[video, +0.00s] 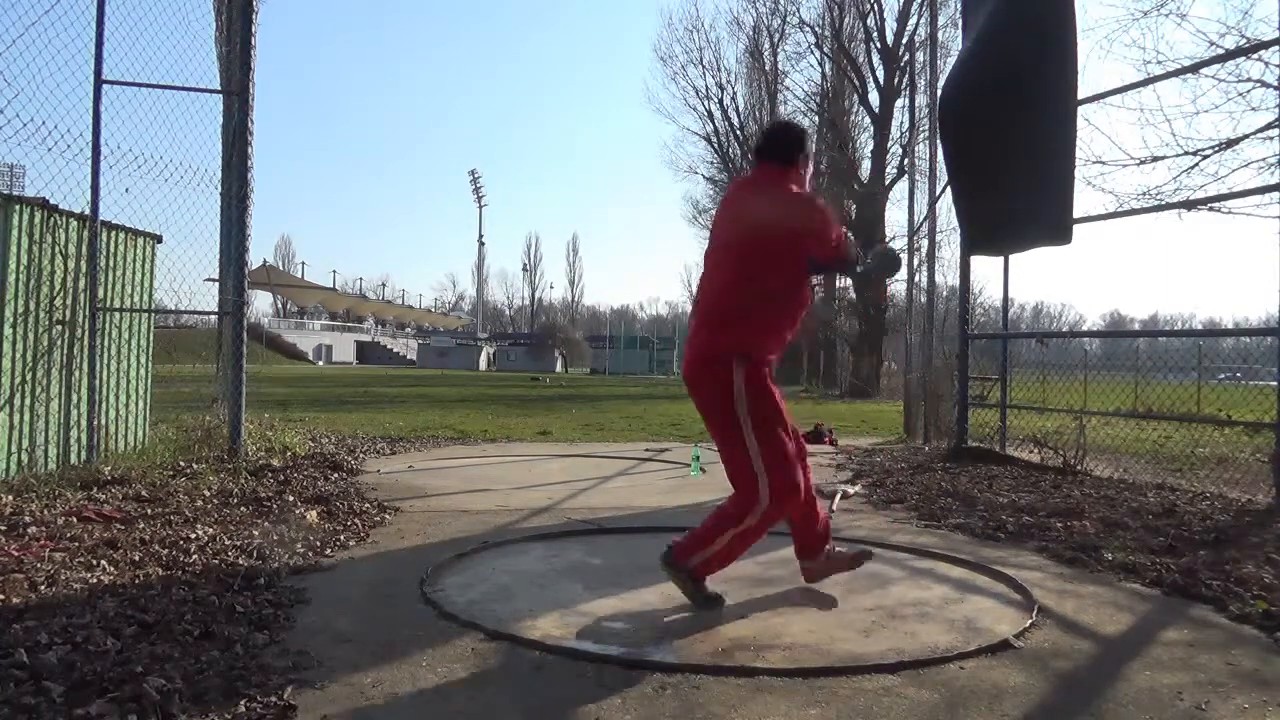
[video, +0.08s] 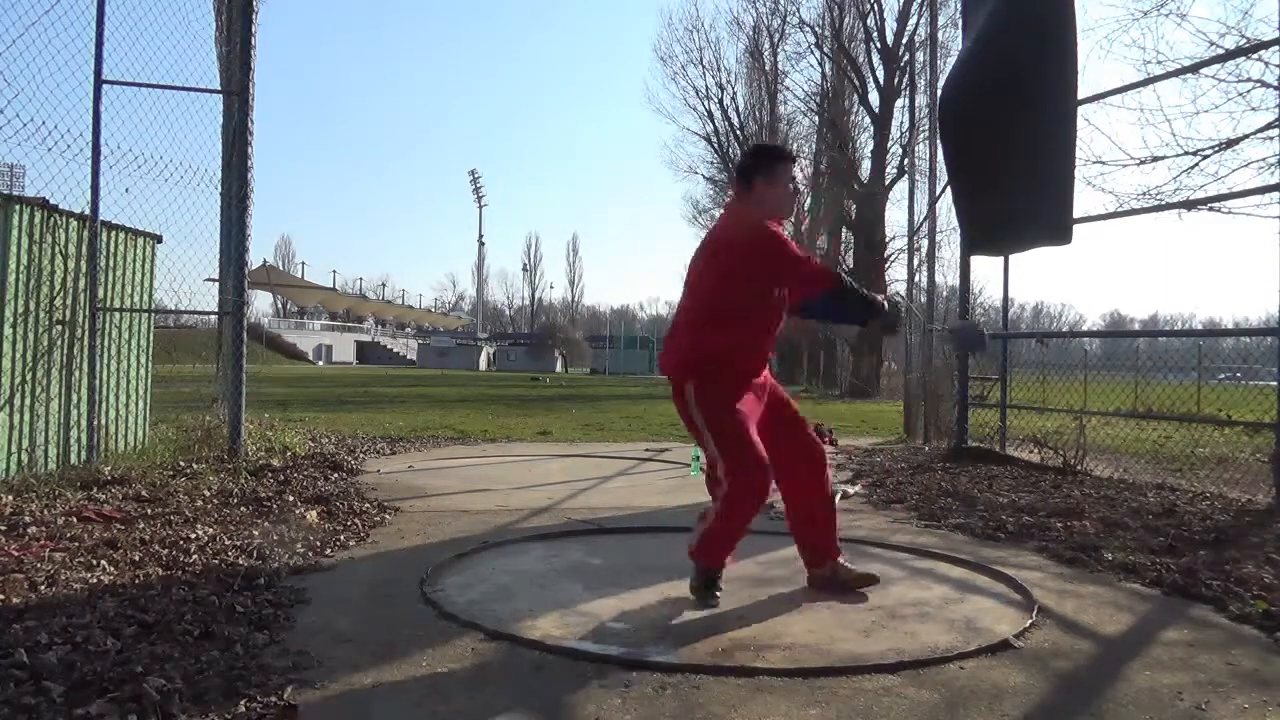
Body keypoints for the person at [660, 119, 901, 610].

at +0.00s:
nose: (809, 175)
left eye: (809, 168)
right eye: (809, 167)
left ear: (761, 157)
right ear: (800, 164)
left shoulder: (744, 197)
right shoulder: (794, 204)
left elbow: (795, 255)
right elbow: (840, 252)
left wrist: (850, 260)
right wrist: (861, 257)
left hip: (742, 358)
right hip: (728, 360)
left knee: (791, 458)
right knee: (771, 488)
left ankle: (815, 554)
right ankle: (686, 561)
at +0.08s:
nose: (795, 191)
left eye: (794, 182)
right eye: (786, 182)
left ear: (758, 188)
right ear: (753, 187)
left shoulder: (752, 234)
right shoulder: (750, 235)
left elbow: (800, 295)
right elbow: (815, 280)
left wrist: (864, 307)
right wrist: (872, 307)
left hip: (749, 374)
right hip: (704, 377)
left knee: (804, 455)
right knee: (749, 474)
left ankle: (823, 566)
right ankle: (708, 563)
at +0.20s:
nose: (743, 195)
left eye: (752, 186)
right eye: (733, 187)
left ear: (768, 193)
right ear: (723, 196)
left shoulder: (790, 249)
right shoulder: (712, 248)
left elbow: (814, 308)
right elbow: (766, 305)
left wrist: (838, 351)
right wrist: (829, 351)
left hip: (775, 378)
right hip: (715, 383)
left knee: (833, 458)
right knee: (715, 473)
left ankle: (829, 566)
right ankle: (714, 569)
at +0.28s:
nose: (729, 196)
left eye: (739, 188)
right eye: (728, 189)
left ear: (770, 195)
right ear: (729, 197)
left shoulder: (809, 243)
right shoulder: (721, 243)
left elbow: (804, 303)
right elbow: (725, 298)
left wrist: (768, 338)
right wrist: (737, 335)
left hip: (800, 378)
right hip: (740, 378)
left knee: (830, 466)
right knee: (711, 469)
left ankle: (846, 554)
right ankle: (714, 565)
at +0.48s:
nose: (758, 198)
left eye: (761, 189)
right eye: (761, 190)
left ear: (772, 189)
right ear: (808, 188)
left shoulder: (782, 224)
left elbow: (710, 244)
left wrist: (651, 228)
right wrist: (659, 230)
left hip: (789, 355)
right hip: (824, 359)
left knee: (705, 433)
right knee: (761, 454)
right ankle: (712, 562)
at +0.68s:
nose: (772, 196)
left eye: (769, 191)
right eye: (772, 190)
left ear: (730, 186)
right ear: (768, 188)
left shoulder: (701, 222)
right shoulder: (775, 219)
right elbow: (786, 241)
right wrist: (770, 206)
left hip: (687, 357)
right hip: (723, 358)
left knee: (734, 444)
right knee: (749, 472)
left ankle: (731, 531)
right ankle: (671, 543)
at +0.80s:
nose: (747, 207)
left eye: (747, 199)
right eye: (739, 198)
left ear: (716, 204)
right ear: (715, 202)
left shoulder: (717, 244)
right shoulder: (705, 241)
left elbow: (759, 295)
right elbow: (764, 284)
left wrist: (818, 303)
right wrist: (824, 304)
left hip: (711, 369)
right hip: (673, 372)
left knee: (760, 448)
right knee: (717, 460)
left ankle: (776, 541)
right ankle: (686, 535)